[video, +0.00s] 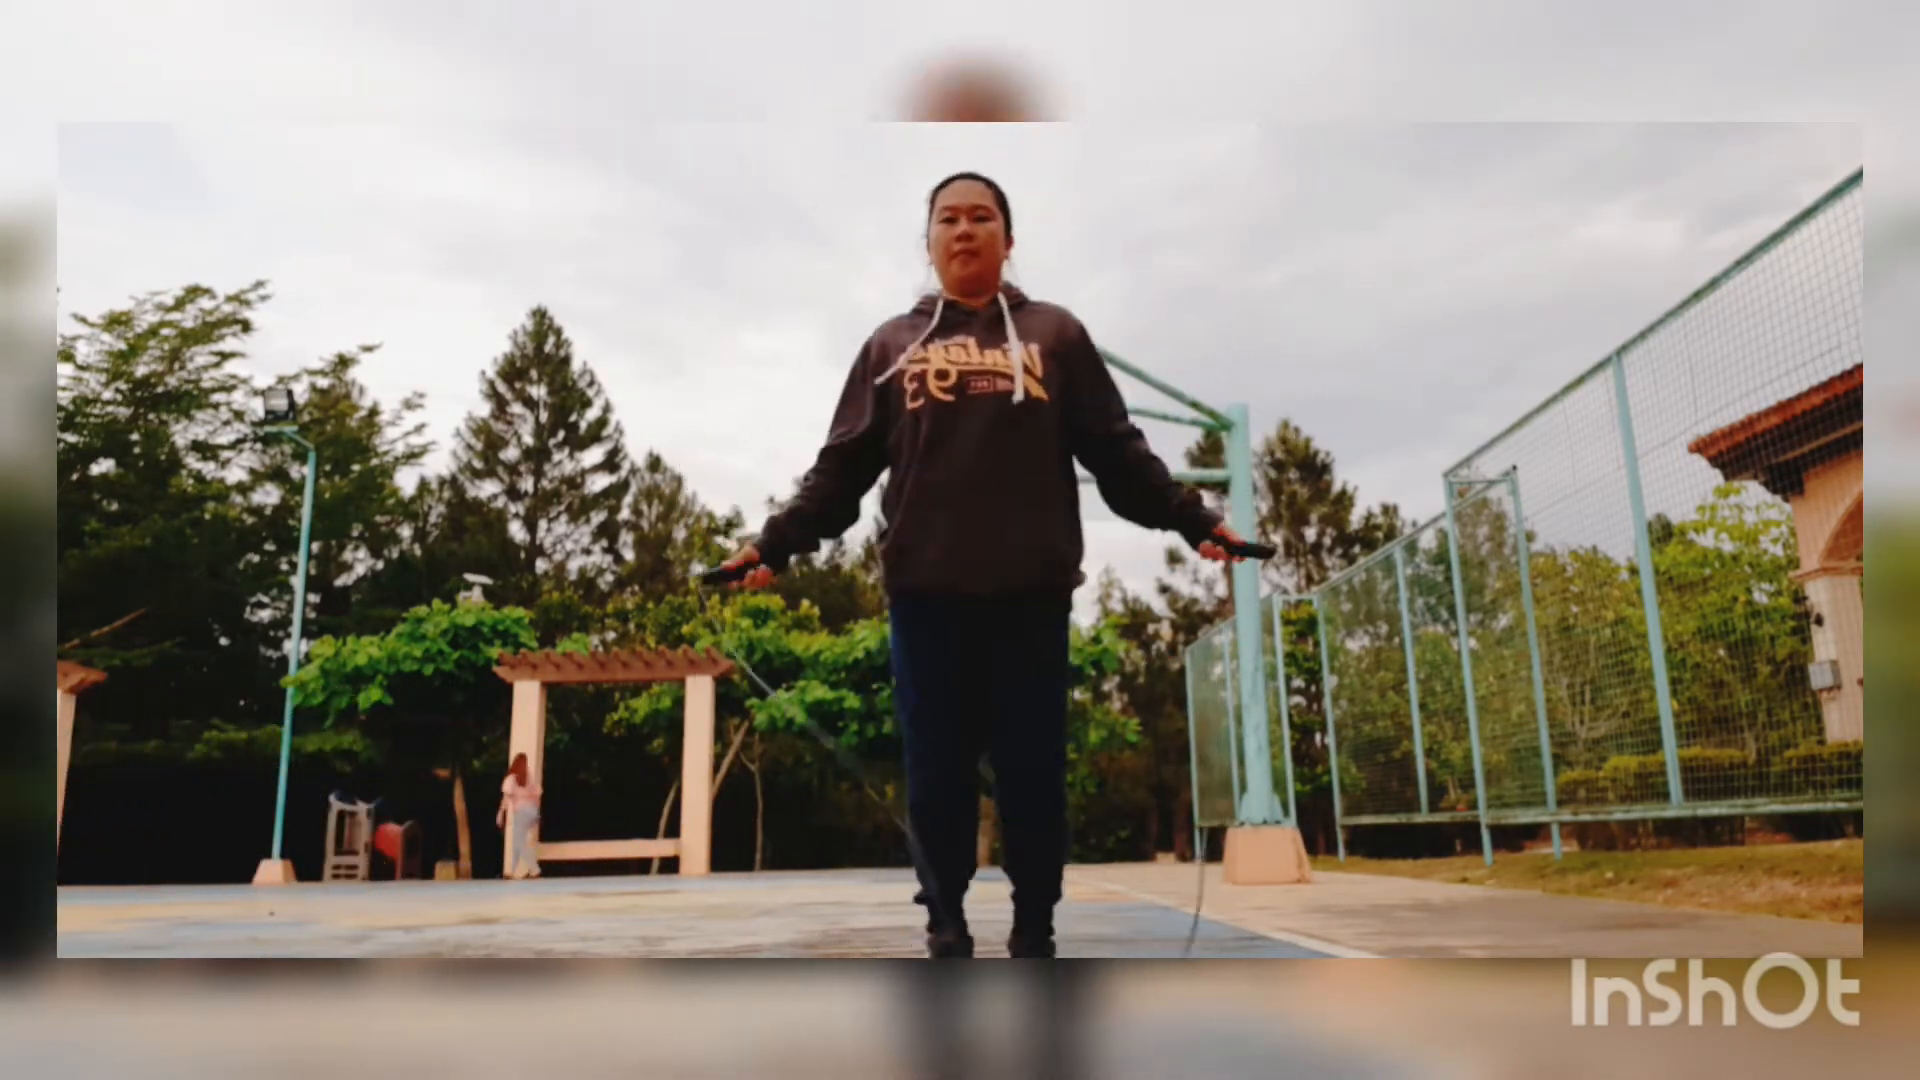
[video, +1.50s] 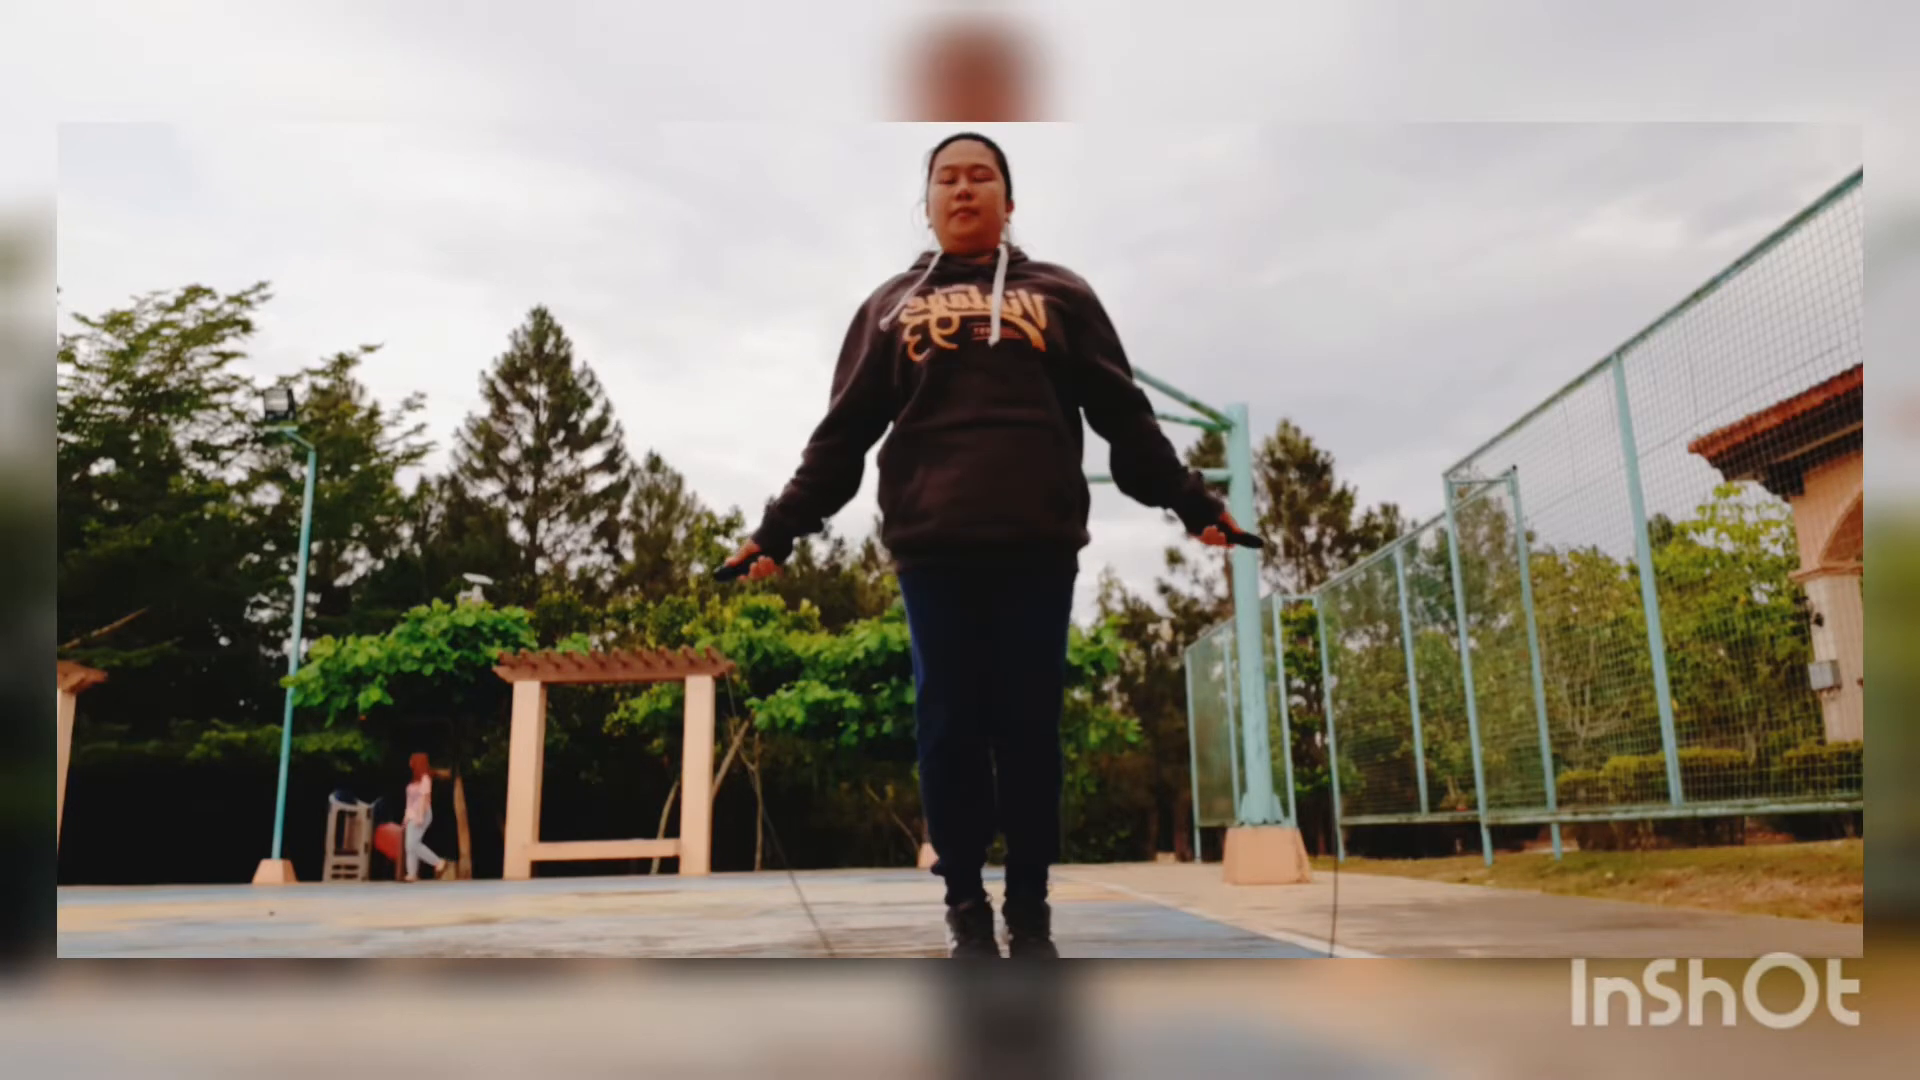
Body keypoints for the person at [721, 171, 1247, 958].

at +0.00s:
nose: (966, 230)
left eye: (981, 218)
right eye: (951, 219)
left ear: (1008, 240)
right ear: (929, 241)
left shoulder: (1056, 335)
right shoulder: (893, 345)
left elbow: (1115, 450)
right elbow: (844, 466)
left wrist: (1190, 516)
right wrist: (774, 544)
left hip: (1032, 584)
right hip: (927, 587)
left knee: (1033, 761)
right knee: (935, 761)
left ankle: (1034, 933)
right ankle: (945, 930)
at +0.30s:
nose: (966, 278)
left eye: (982, 267)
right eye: (950, 268)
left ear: (1009, 293)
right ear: (930, 293)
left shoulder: (1056, 386)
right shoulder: (895, 394)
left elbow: (1121, 493)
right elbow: (844, 504)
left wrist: (1227, 470)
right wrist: (745, 496)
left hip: (1034, 637)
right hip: (928, 641)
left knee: (1029, 812)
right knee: (936, 814)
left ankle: (1034, 962)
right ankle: (937, 964)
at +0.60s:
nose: (967, 201)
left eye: (983, 187)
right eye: (952, 188)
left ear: (1010, 208)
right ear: (930, 208)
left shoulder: (1059, 306)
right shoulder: (890, 318)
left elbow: (1120, 427)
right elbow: (841, 437)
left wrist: (1191, 495)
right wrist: (774, 521)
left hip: (1036, 553)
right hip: (930, 556)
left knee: (1029, 731)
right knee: (941, 731)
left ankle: (1025, 914)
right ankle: (954, 915)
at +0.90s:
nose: (969, 250)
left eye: (984, 240)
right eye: (954, 241)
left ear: (1012, 264)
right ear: (933, 267)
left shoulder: (1061, 354)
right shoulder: (898, 368)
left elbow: (1122, 471)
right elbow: (855, 488)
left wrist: (1211, 509)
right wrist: (783, 538)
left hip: (1040, 608)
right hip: (931, 611)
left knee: (1039, 780)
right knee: (941, 780)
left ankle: (1043, 945)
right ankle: (948, 945)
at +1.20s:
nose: (966, 247)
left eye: (982, 235)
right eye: (950, 236)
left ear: (1009, 259)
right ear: (930, 262)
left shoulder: (1058, 356)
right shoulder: (897, 366)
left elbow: (1119, 468)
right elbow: (843, 487)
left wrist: (1231, 462)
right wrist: (736, 500)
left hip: (1044, 605)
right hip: (936, 609)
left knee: (1040, 783)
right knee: (951, 785)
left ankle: (1050, 951)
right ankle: (953, 956)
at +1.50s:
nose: (964, 188)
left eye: (980, 177)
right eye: (950, 178)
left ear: (1008, 201)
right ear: (928, 202)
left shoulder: (1060, 293)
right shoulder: (892, 305)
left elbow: (1122, 413)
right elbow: (844, 432)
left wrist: (1190, 499)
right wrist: (780, 531)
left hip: (1038, 538)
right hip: (933, 542)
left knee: (1031, 720)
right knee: (950, 721)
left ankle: (1029, 914)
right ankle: (968, 912)